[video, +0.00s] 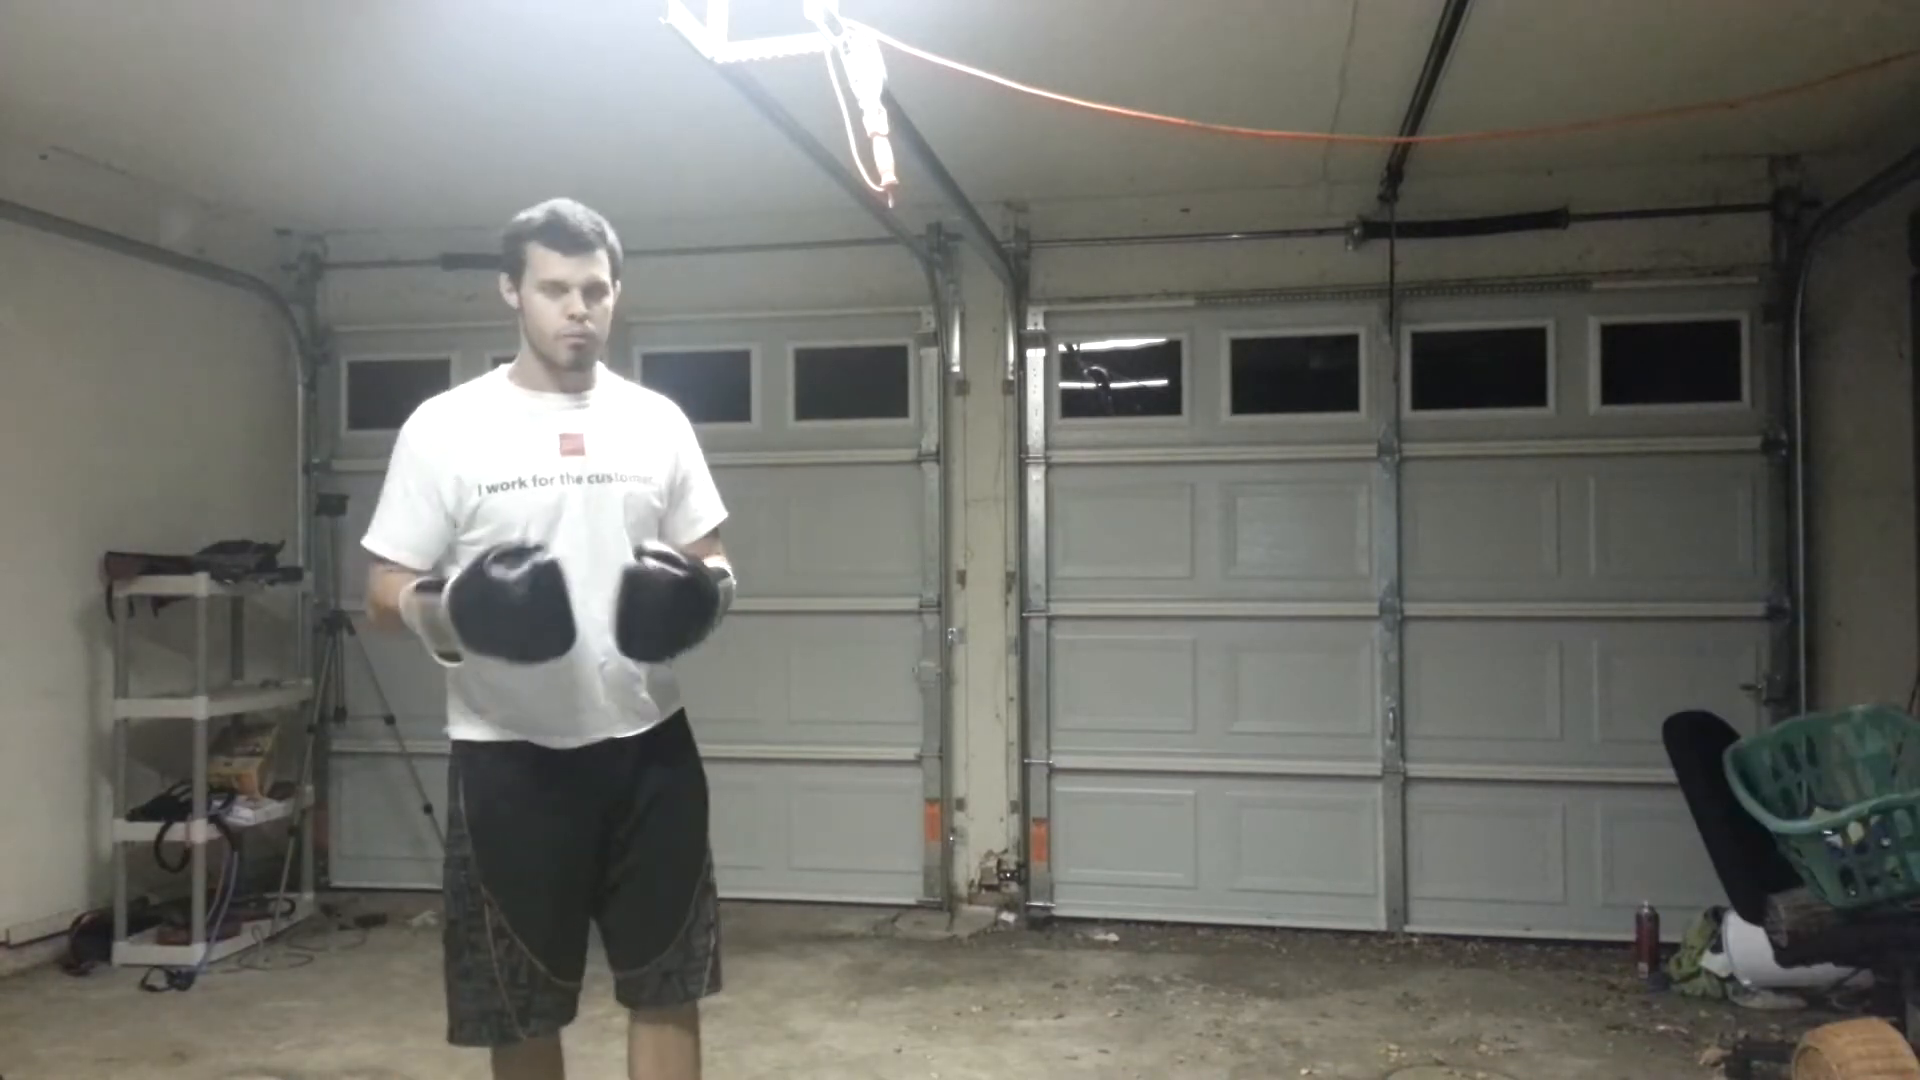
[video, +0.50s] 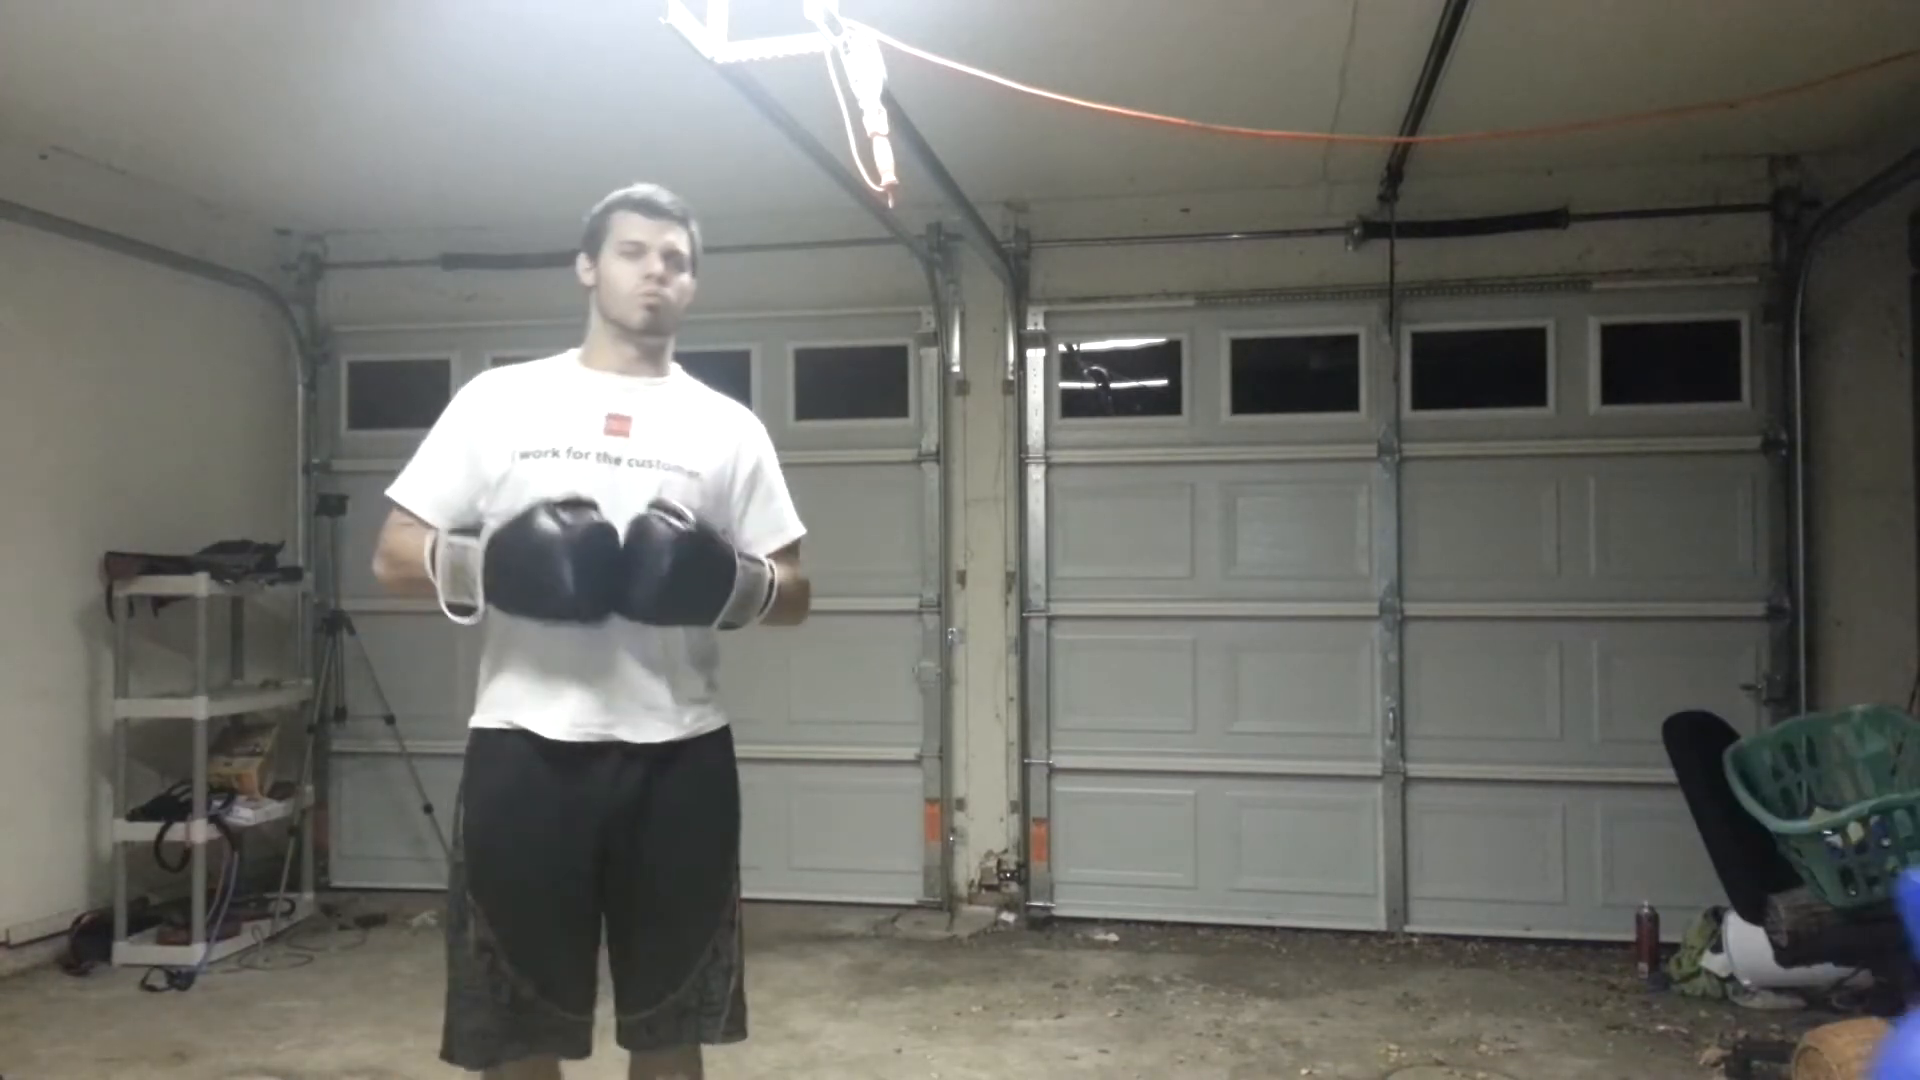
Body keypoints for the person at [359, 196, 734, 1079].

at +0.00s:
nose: (580, 311)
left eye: (596, 291)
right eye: (558, 290)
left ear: (617, 298)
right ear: (513, 296)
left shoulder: (658, 420)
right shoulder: (443, 427)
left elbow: (714, 563)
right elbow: (387, 591)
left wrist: (699, 591)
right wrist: (450, 611)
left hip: (647, 748)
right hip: (512, 757)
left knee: (667, 1001)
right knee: (522, 1021)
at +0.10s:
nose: (582, 301)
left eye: (600, 283)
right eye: (560, 282)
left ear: (622, 295)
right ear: (518, 290)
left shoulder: (671, 419)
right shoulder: (446, 420)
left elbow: (725, 568)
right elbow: (388, 595)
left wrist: (682, 588)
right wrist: (489, 592)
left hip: (647, 749)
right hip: (510, 757)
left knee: (661, 1012)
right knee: (524, 1025)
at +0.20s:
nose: (594, 289)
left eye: (611, 273)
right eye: (572, 270)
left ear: (633, 291)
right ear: (529, 285)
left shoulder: (686, 419)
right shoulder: (453, 414)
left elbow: (748, 571)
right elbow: (373, 585)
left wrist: (690, 580)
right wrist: (482, 573)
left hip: (652, 748)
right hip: (512, 751)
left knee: (657, 1022)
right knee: (527, 1029)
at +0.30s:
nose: (614, 286)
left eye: (631, 270)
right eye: (592, 267)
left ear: (653, 292)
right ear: (546, 281)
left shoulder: (699, 423)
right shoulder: (465, 409)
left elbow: (774, 579)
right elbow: (371, 574)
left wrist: (701, 579)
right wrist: (478, 563)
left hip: (661, 752)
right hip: (515, 753)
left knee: (663, 1033)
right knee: (529, 1034)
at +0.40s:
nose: (635, 279)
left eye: (654, 265)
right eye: (612, 260)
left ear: (675, 291)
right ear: (567, 276)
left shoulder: (717, 425)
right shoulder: (481, 403)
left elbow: (793, 585)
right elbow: (377, 563)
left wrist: (717, 572)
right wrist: (485, 552)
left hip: (672, 751)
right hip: (523, 752)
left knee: (667, 1037)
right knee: (530, 1039)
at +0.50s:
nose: (656, 274)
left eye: (676, 261)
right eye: (634, 253)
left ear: (692, 290)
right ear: (587, 269)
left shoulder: (731, 428)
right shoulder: (495, 400)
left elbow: (791, 591)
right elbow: (395, 557)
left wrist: (718, 577)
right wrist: (494, 564)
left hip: (678, 757)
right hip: (527, 753)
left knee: (671, 1041)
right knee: (520, 1044)